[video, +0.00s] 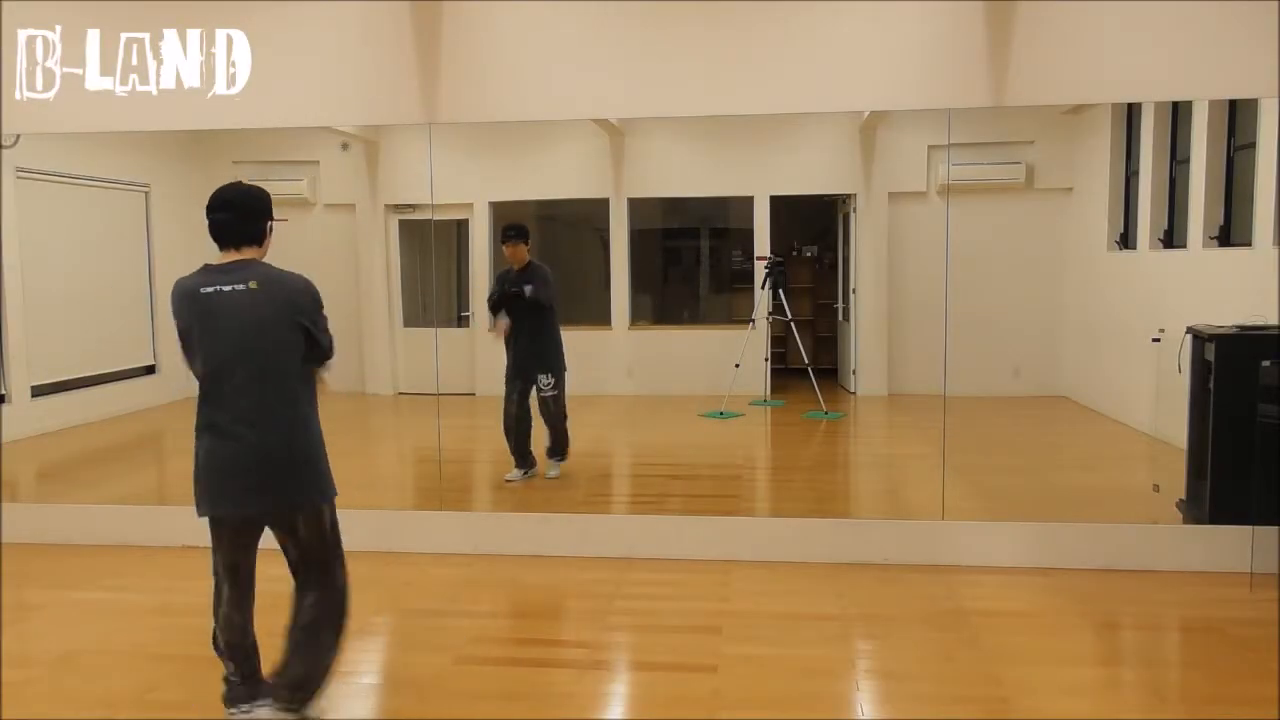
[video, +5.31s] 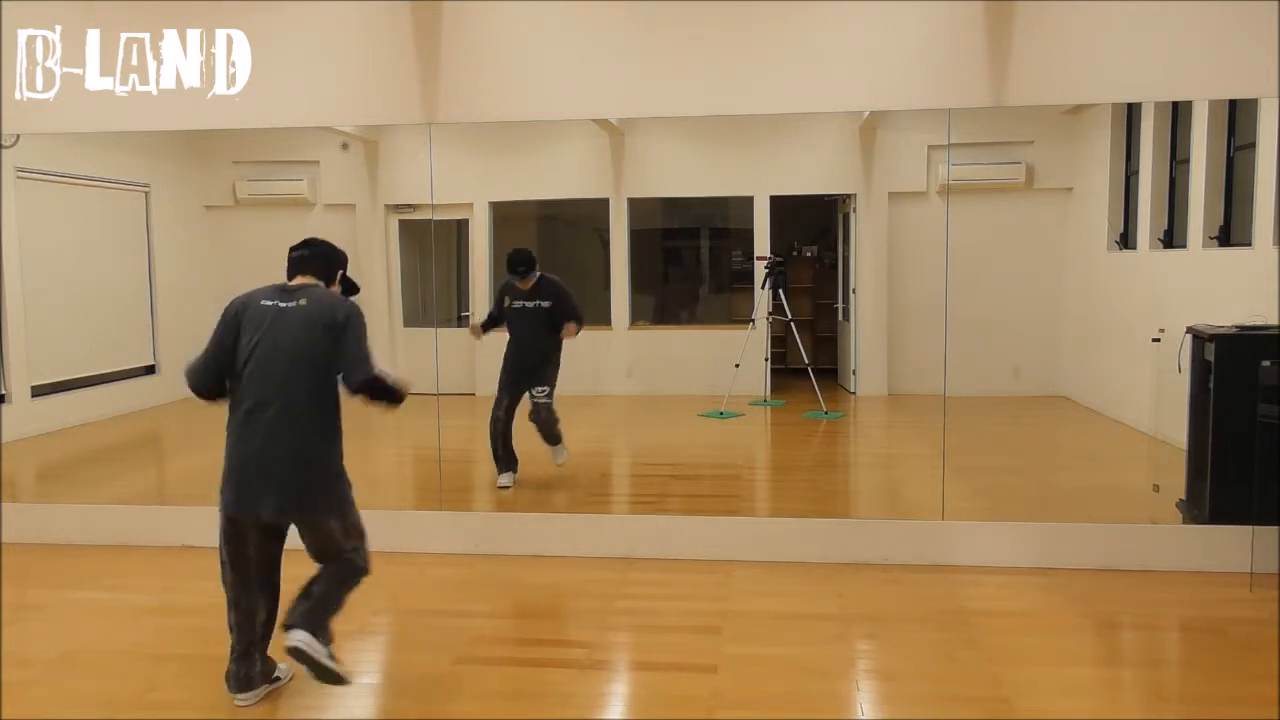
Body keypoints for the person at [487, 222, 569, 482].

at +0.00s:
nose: (507, 252)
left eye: (512, 246)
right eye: (505, 247)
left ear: (525, 246)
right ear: (503, 249)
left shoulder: (541, 273)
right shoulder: (503, 277)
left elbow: (544, 302)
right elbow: (493, 306)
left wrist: (509, 296)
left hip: (546, 350)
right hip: (518, 351)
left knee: (551, 407)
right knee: (514, 409)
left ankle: (556, 455)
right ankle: (524, 463)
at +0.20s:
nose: (530, 243)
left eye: (534, 238)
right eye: (525, 238)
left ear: (541, 239)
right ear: (516, 241)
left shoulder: (553, 268)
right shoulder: (507, 273)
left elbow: (570, 297)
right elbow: (502, 302)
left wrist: (547, 293)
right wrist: (508, 318)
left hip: (549, 347)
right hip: (521, 348)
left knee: (546, 407)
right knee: (524, 405)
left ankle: (533, 457)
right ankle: (508, 453)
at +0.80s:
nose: (536, 242)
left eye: (541, 237)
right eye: (531, 237)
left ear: (548, 239)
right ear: (523, 239)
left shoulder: (556, 272)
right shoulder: (512, 273)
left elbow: (569, 304)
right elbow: (494, 312)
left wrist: (561, 314)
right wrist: (483, 347)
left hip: (547, 348)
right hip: (521, 349)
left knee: (546, 407)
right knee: (532, 407)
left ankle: (533, 457)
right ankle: (517, 450)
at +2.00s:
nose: (540, 248)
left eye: (544, 243)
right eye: (536, 243)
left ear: (555, 245)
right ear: (531, 245)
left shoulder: (568, 275)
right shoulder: (521, 276)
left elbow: (575, 317)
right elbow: (516, 318)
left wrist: (572, 353)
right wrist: (518, 352)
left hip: (559, 354)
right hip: (529, 353)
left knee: (559, 410)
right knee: (522, 407)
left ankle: (552, 457)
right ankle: (524, 459)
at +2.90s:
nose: (526, 284)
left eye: (529, 279)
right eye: (521, 280)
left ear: (537, 270)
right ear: (514, 274)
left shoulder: (553, 289)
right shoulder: (509, 291)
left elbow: (561, 330)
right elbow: (504, 332)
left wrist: (564, 367)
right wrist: (505, 367)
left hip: (549, 359)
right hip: (521, 360)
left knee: (547, 405)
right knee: (520, 410)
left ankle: (551, 449)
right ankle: (531, 457)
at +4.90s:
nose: (513, 287)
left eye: (518, 283)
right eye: (509, 283)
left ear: (527, 274)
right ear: (503, 276)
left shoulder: (547, 283)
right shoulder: (498, 282)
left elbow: (563, 321)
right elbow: (488, 320)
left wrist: (558, 359)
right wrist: (483, 357)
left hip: (542, 360)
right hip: (512, 358)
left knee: (539, 418)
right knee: (507, 415)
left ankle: (535, 467)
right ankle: (506, 469)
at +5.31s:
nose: (522, 285)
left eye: (525, 280)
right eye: (517, 281)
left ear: (535, 271)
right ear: (511, 275)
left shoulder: (553, 287)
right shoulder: (507, 289)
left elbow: (575, 317)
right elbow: (499, 315)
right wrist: (483, 327)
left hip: (546, 356)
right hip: (517, 355)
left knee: (541, 411)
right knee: (500, 414)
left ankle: (556, 443)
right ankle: (505, 469)